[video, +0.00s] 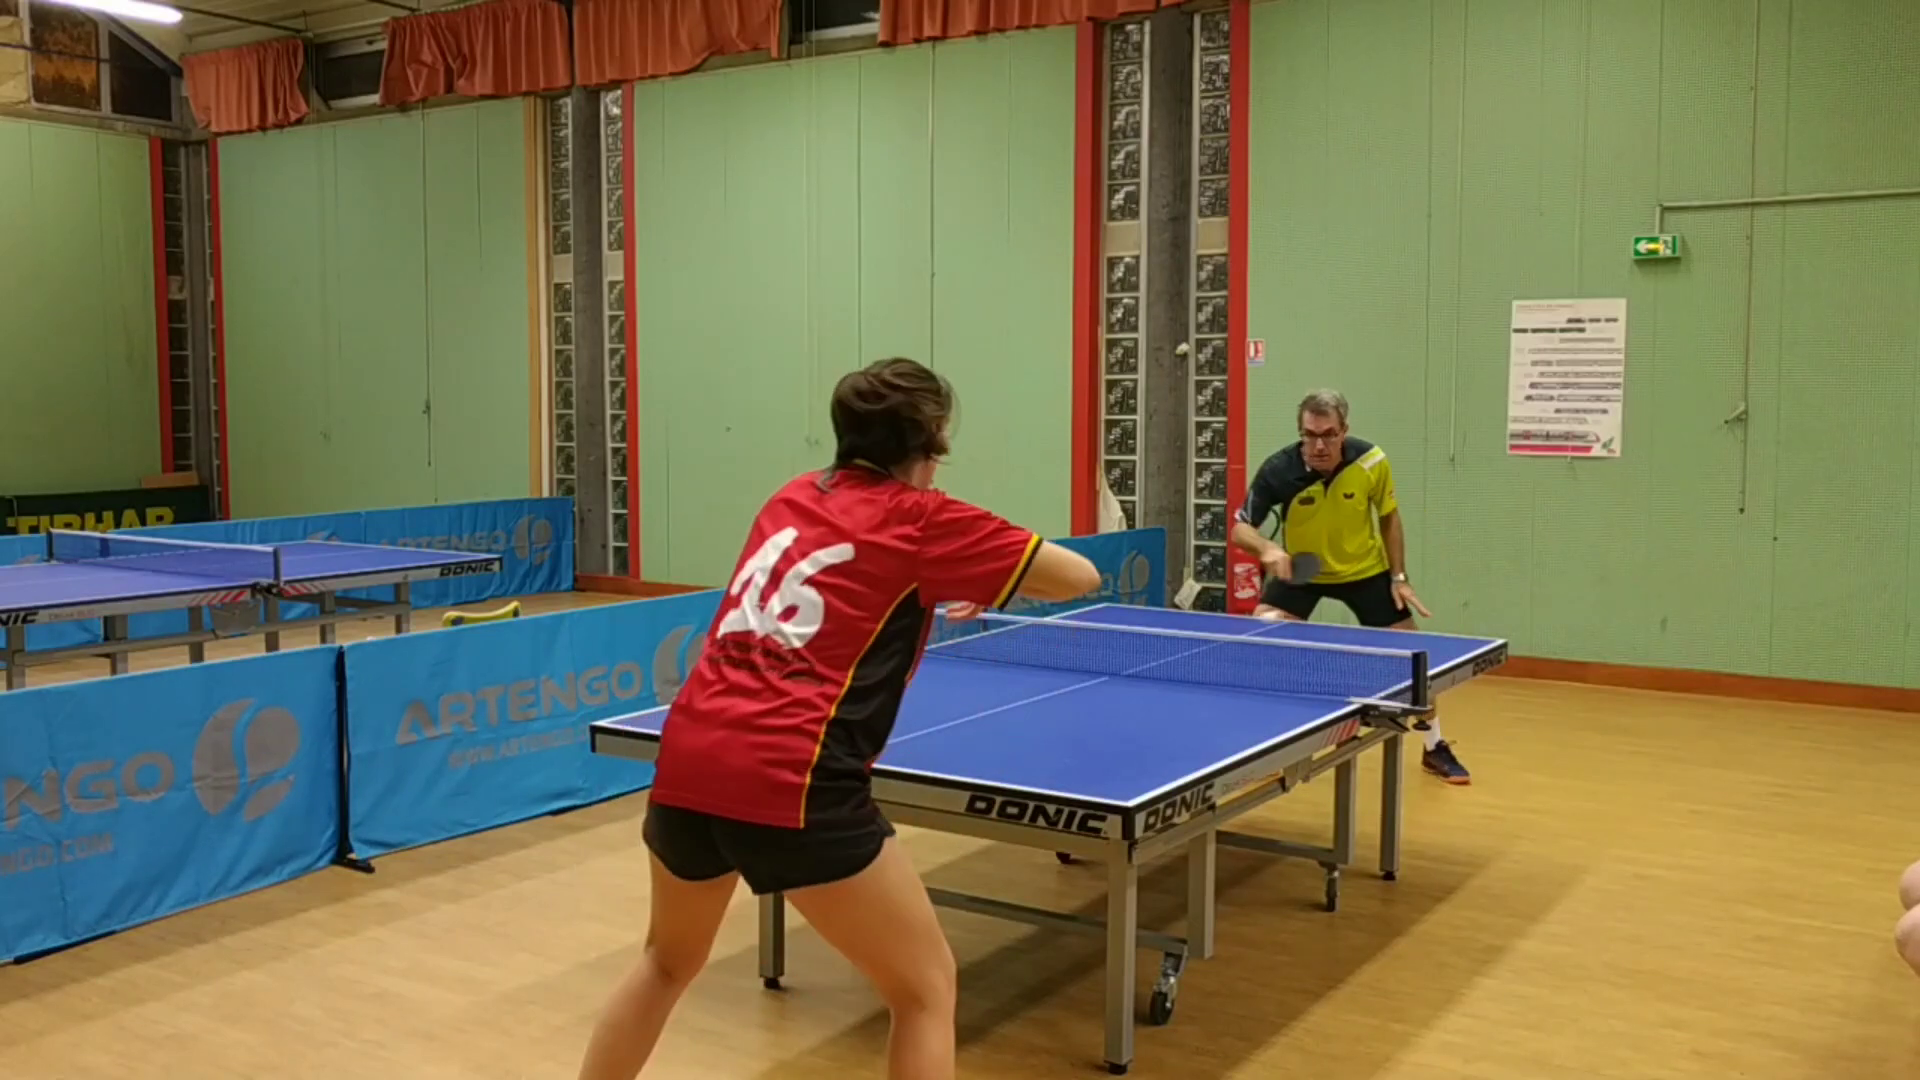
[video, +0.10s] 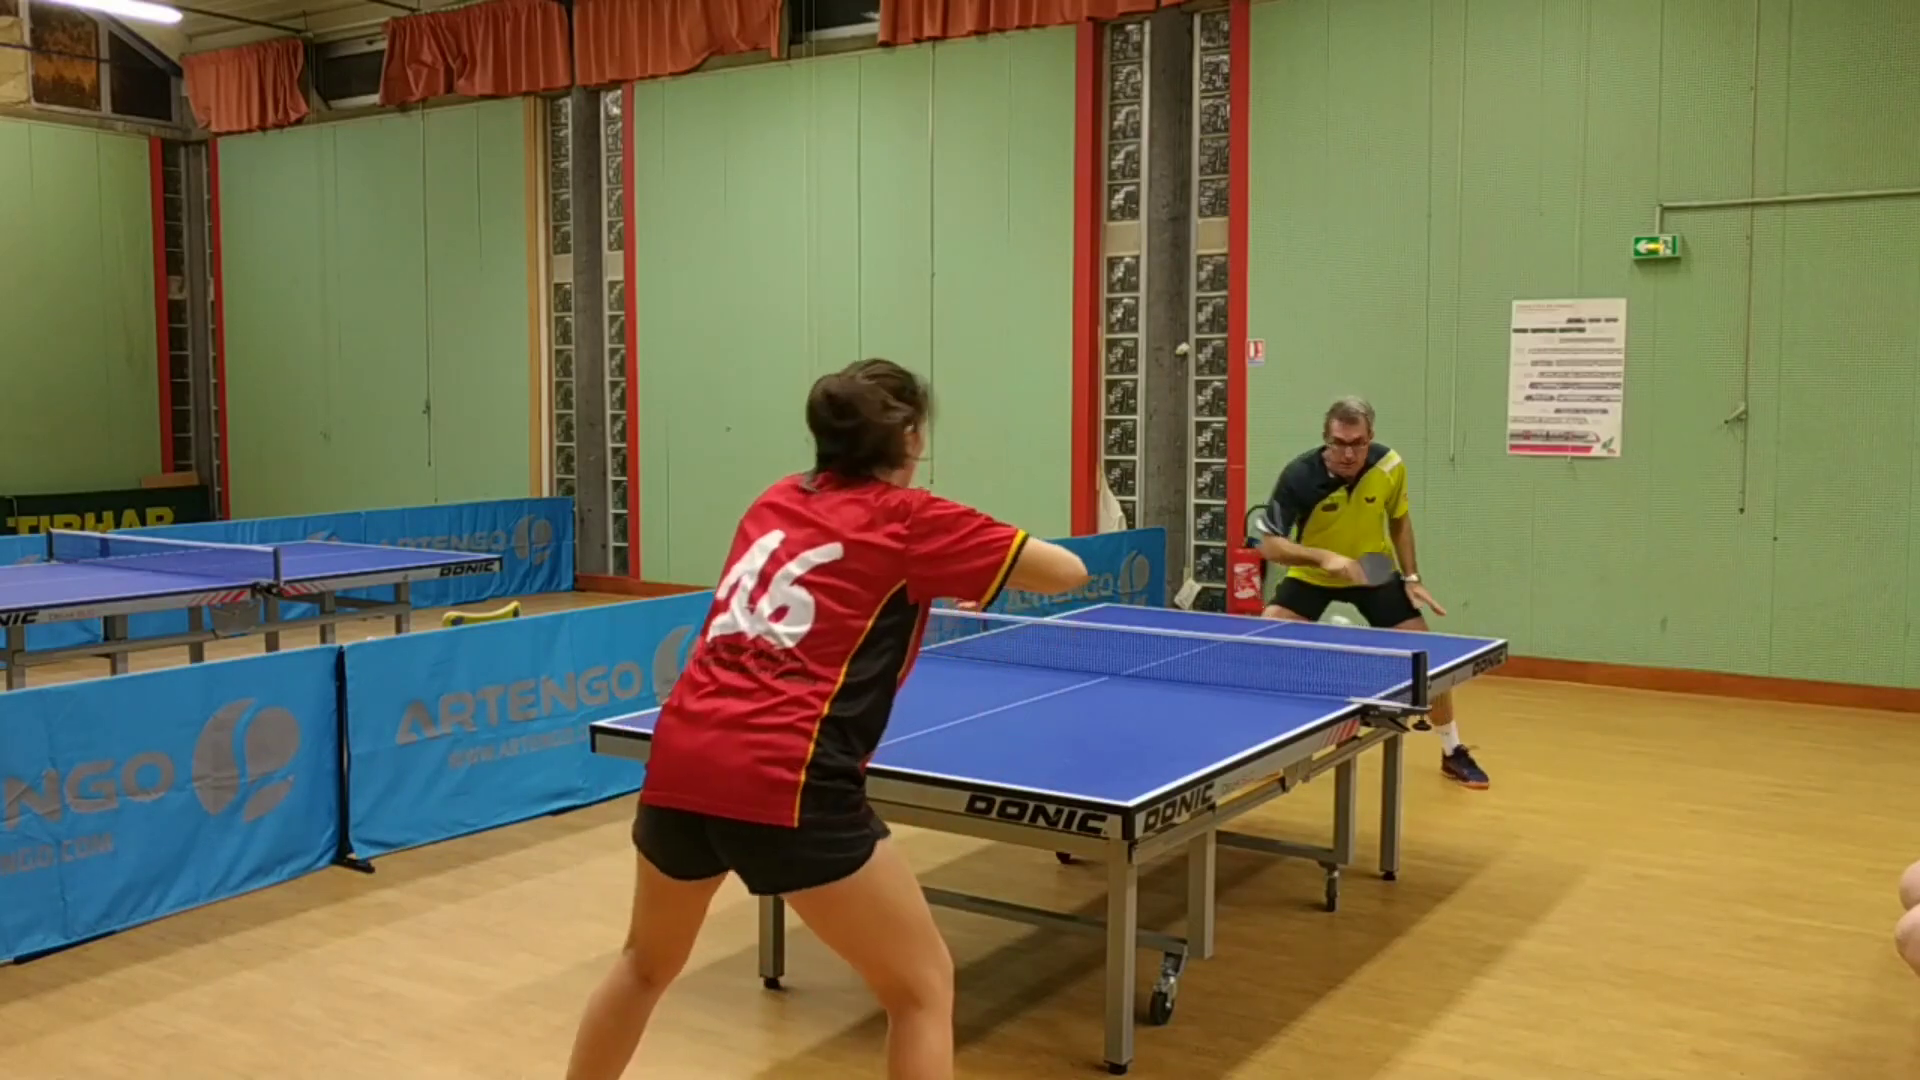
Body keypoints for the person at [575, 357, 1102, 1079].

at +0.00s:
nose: (938, 466)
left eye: (940, 451)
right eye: (938, 450)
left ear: (849, 439)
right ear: (923, 453)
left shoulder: (791, 497)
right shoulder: (920, 518)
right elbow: (1080, 576)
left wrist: (938, 581)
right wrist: (1000, 575)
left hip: (684, 778)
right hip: (795, 794)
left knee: (663, 961)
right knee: (926, 992)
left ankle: (594, 1078)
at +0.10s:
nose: (922, 442)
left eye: (920, 429)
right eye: (919, 430)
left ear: (831, 437)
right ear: (905, 442)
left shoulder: (775, 500)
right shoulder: (908, 518)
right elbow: (1067, 570)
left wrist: (930, 569)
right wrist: (990, 559)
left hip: (677, 775)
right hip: (790, 790)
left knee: (640, 965)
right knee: (921, 991)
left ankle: (581, 1079)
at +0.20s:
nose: (892, 454)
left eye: (890, 439)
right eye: (889, 440)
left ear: (801, 450)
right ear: (873, 452)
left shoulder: (747, 516)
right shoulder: (877, 531)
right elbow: (1033, 589)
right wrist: (964, 572)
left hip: (652, 789)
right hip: (764, 802)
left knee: (626, 973)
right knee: (910, 988)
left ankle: (571, 1079)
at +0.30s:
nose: (865, 464)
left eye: (863, 450)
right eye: (862, 451)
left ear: (772, 458)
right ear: (843, 461)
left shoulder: (715, 523)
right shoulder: (840, 535)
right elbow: (979, 620)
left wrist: (839, 608)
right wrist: (928, 594)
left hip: (616, 786)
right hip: (722, 798)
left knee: (624, 960)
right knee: (877, 992)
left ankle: (570, 1075)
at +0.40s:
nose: (846, 462)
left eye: (845, 448)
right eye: (844, 448)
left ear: (755, 451)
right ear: (825, 455)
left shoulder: (696, 518)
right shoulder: (817, 526)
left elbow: (710, 623)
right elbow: (941, 626)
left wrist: (805, 648)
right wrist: (914, 619)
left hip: (594, 773)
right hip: (694, 782)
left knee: (617, 957)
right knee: (845, 989)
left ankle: (566, 1077)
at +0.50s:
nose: (839, 456)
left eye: (839, 442)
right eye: (838, 442)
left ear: (749, 444)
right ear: (819, 448)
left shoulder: (691, 511)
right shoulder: (810, 517)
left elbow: (699, 616)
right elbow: (934, 616)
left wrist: (796, 636)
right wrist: (895, 622)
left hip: (594, 767)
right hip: (693, 775)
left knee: (619, 952)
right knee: (835, 988)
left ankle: (567, 1077)